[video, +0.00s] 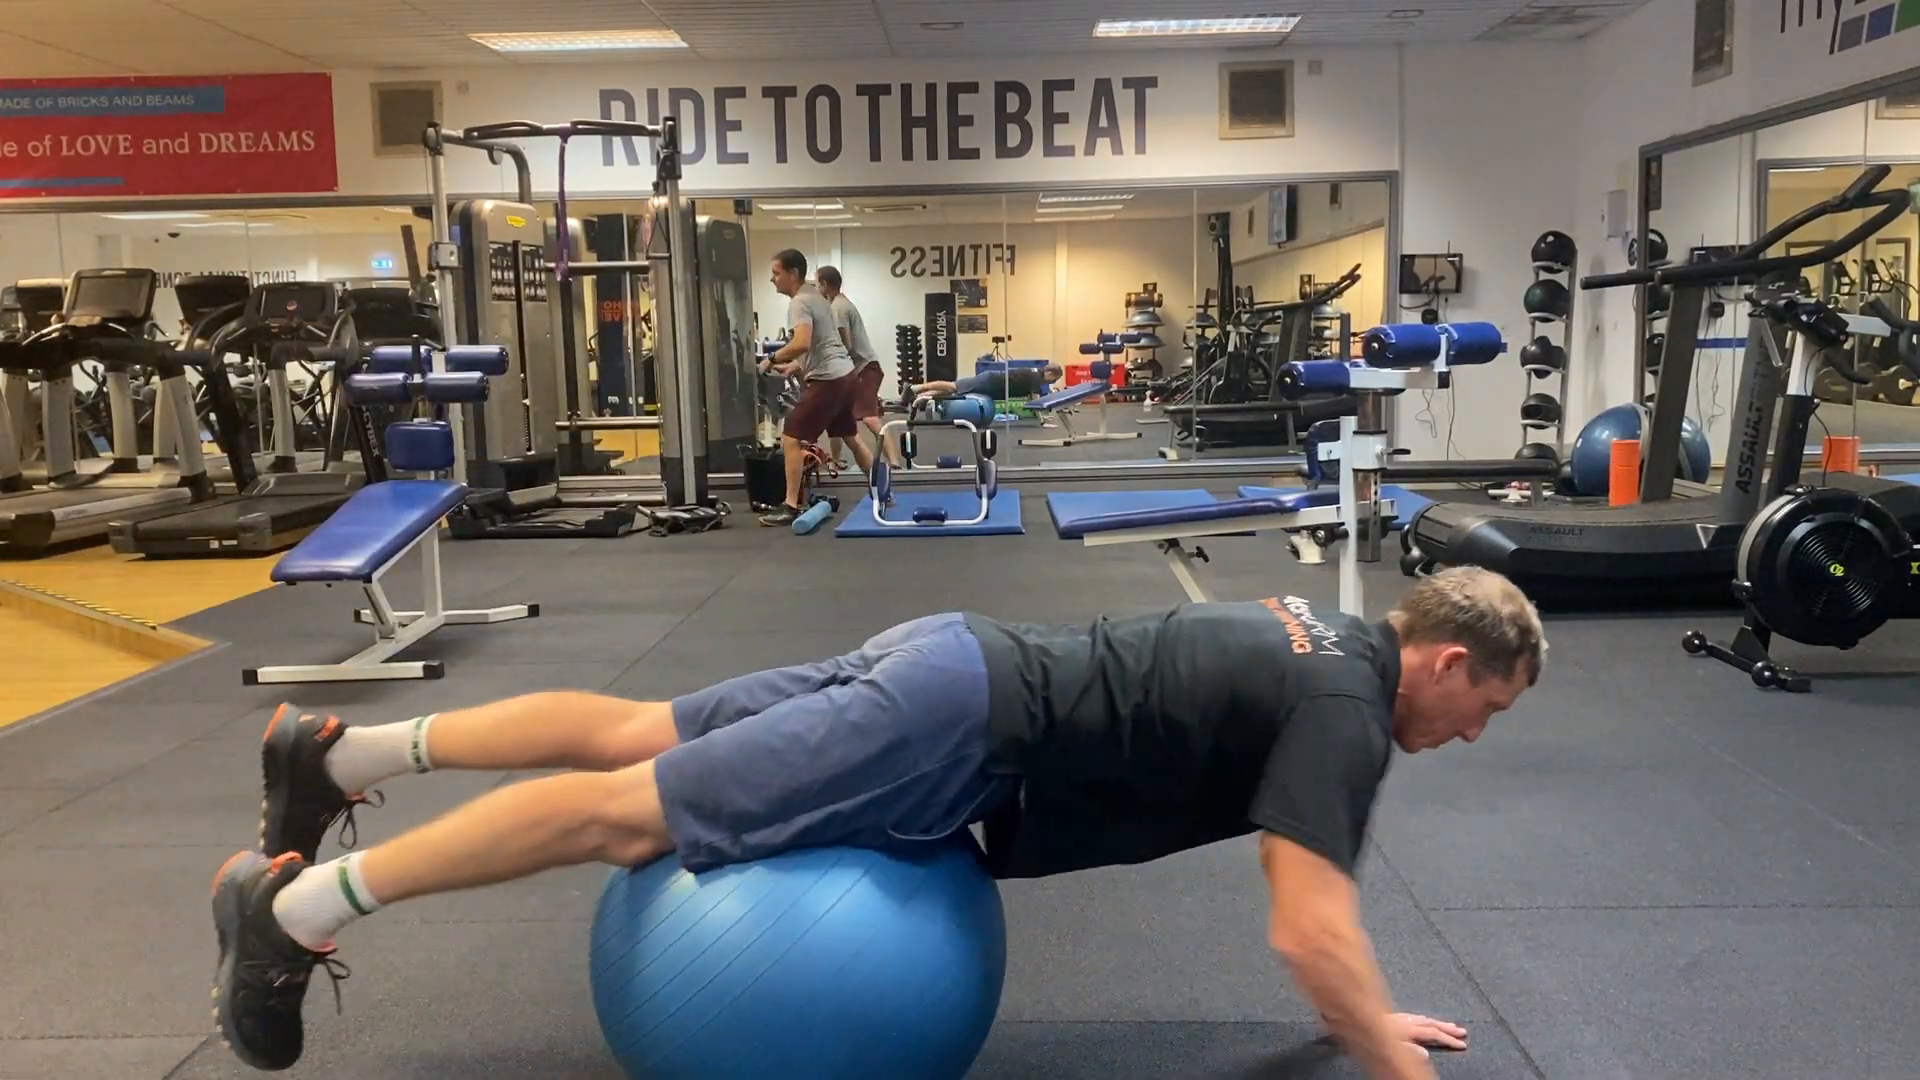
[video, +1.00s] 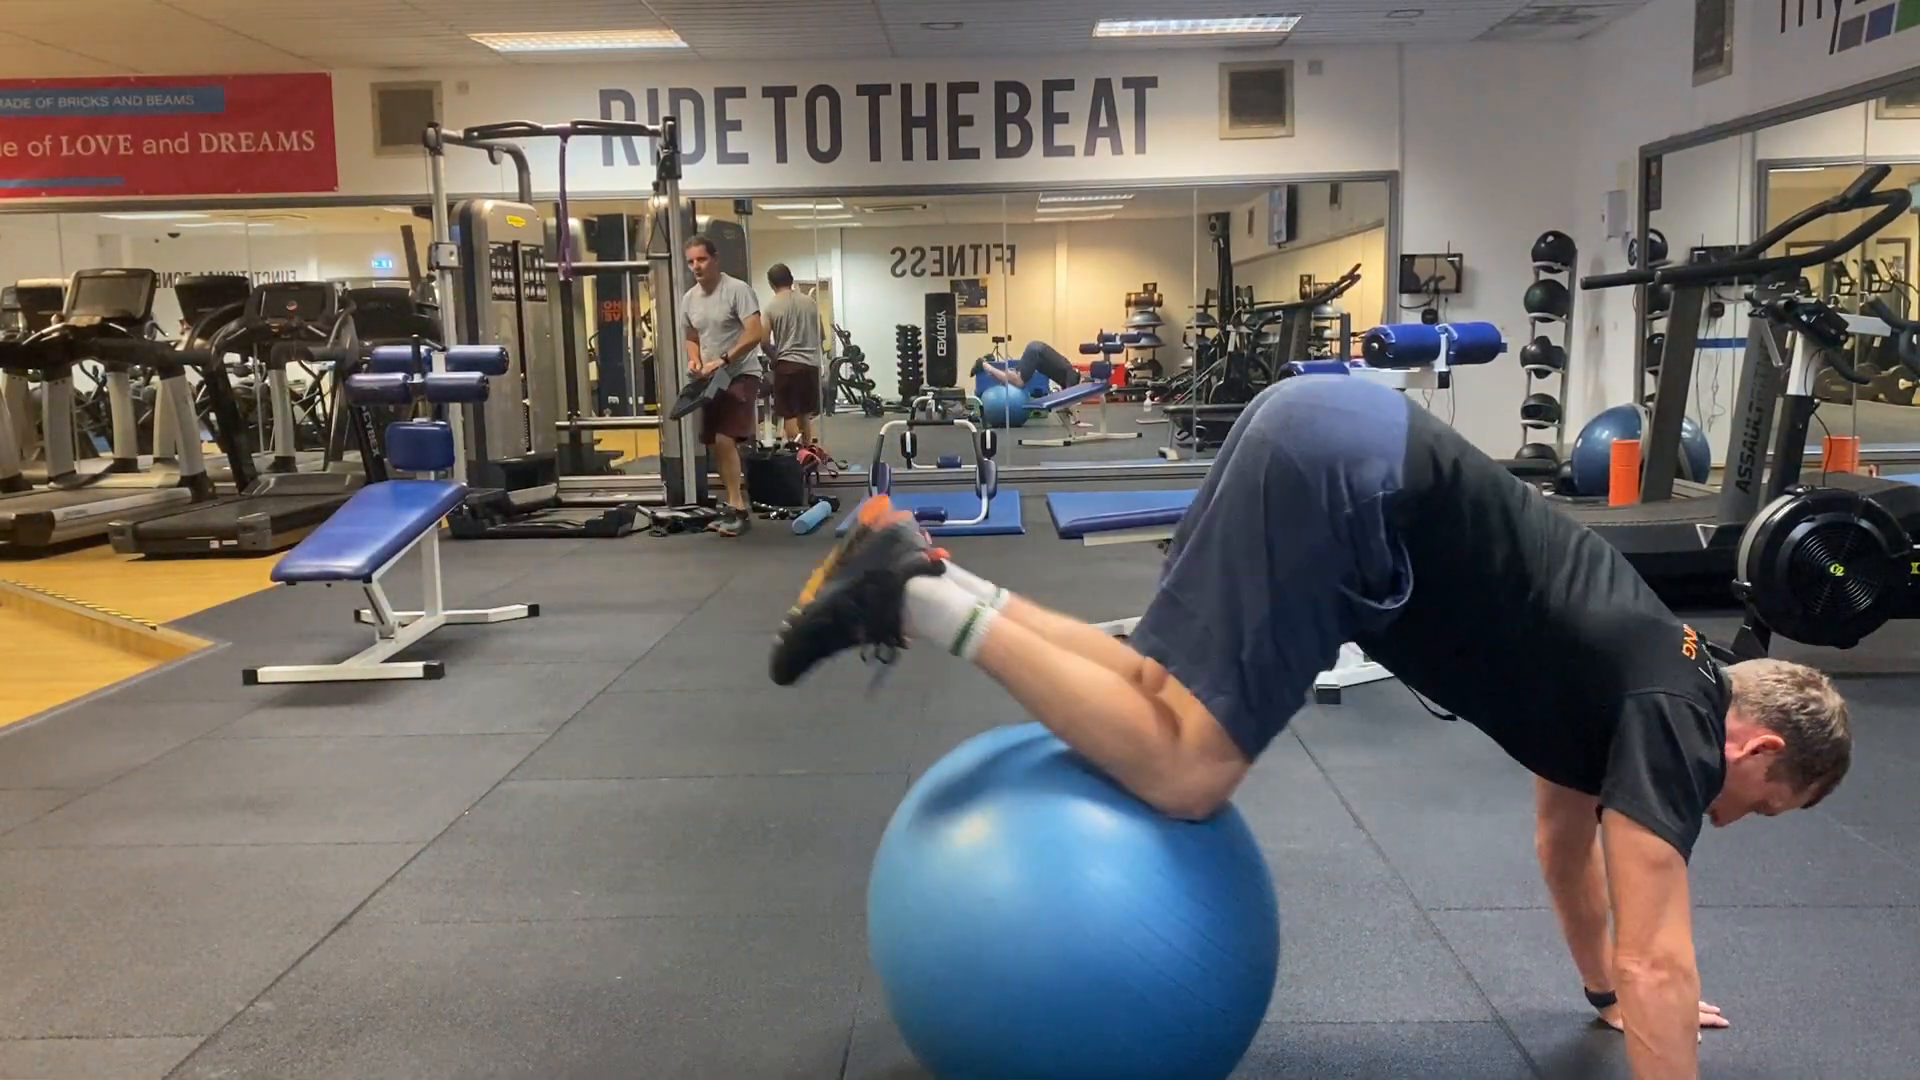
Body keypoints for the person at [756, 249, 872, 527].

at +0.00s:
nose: (773, 280)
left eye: (776, 273)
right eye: (773, 274)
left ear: (794, 274)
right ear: (798, 275)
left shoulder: (800, 301)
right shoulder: (816, 296)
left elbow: (802, 343)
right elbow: (827, 343)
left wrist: (773, 358)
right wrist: (795, 366)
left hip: (826, 379)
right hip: (844, 374)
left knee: (790, 438)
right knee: (850, 437)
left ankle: (791, 505)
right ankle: (882, 487)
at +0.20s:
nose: (755, 273)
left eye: (759, 267)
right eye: (755, 267)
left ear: (777, 266)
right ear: (774, 267)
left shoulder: (791, 294)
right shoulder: (780, 294)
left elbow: (801, 337)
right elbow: (787, 337)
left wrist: (770, 358)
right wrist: (770, 358)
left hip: (806, 374)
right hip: (799, 373)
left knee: (787, 441)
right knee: (797, 439)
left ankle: (791, 505)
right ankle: (852, 465)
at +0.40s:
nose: (741, 271)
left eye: (745, 265)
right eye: (739, 266)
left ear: (763, 261)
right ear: (747, 265)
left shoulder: (785, 291)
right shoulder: (747, 294)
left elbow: (800, 336)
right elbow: (747, 330)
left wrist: (768, 359)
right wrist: (747, 357)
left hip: (796, 373)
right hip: (771, 374)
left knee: (785, 441)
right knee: (750, 427)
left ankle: (792, 504)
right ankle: (791, 462)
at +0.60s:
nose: (728, 268)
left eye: (733, 262)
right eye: (725, 263)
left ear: (751, 260)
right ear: (725, 264)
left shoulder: (773, 292)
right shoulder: (726, 296)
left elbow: (789, 335)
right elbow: (725, 337)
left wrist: (757, 357)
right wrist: (728, 363)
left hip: (779, 374)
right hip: (747, 377)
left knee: (776, 443)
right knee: (742, 441)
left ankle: (788, 503)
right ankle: (741, 505)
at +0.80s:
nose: (710, 270)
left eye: (715, 263)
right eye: (706, 265)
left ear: (731, 261)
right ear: (703, 267)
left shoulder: (754, 292)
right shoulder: (707, 298)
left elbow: (772, 334)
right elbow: (702, 341)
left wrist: (739, 358)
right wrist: (708, 367)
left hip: (759, 375)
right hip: (727, 379)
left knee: (744, 439)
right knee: (727, 442)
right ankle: (732, 496)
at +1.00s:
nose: (696, 266)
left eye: (701, 260)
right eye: (691, 262)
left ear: (715, 259)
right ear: (689, 264)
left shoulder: (738, 289)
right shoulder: (689, 299)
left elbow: (755, 333)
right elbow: (691, 337)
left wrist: (722, 360)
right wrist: (694, 359)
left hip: (741, 373)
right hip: (712, 376)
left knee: (724, 440)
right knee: (717, 443)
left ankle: (736, 506)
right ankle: (735, 505)